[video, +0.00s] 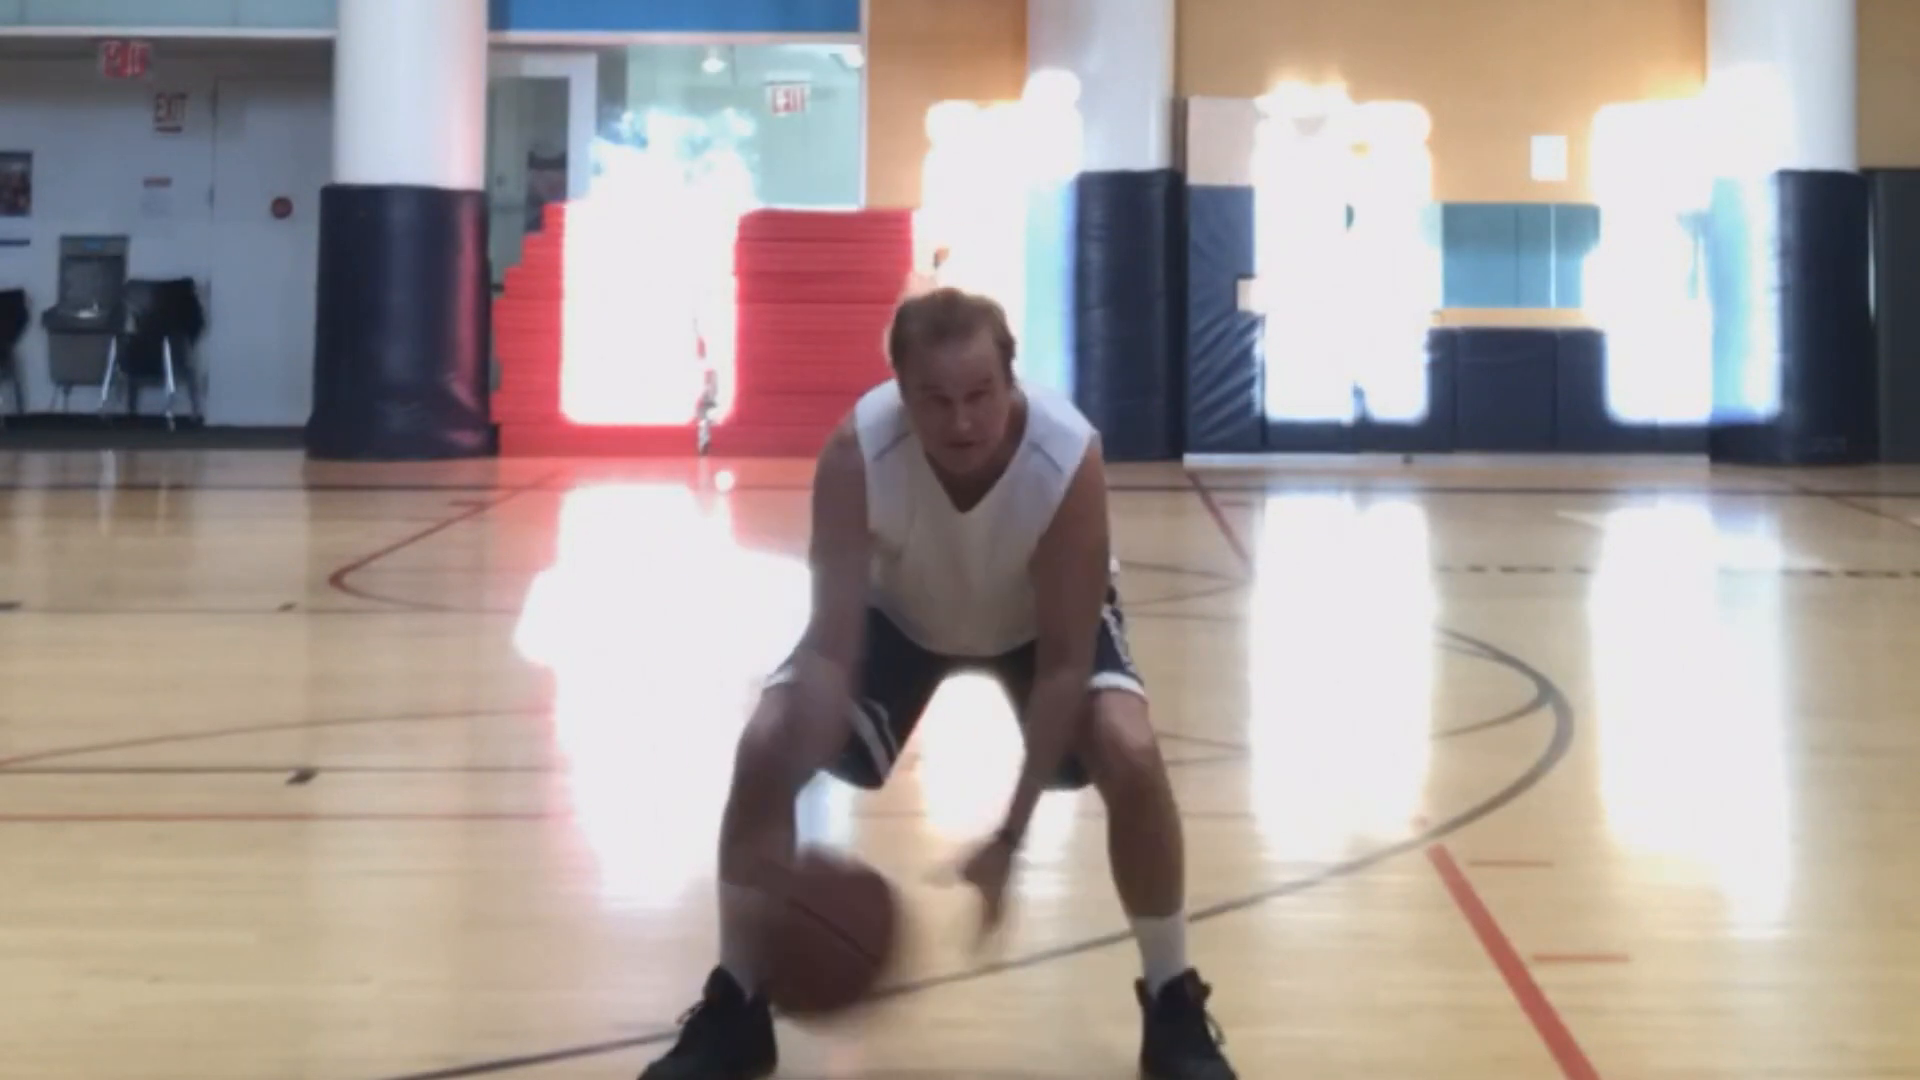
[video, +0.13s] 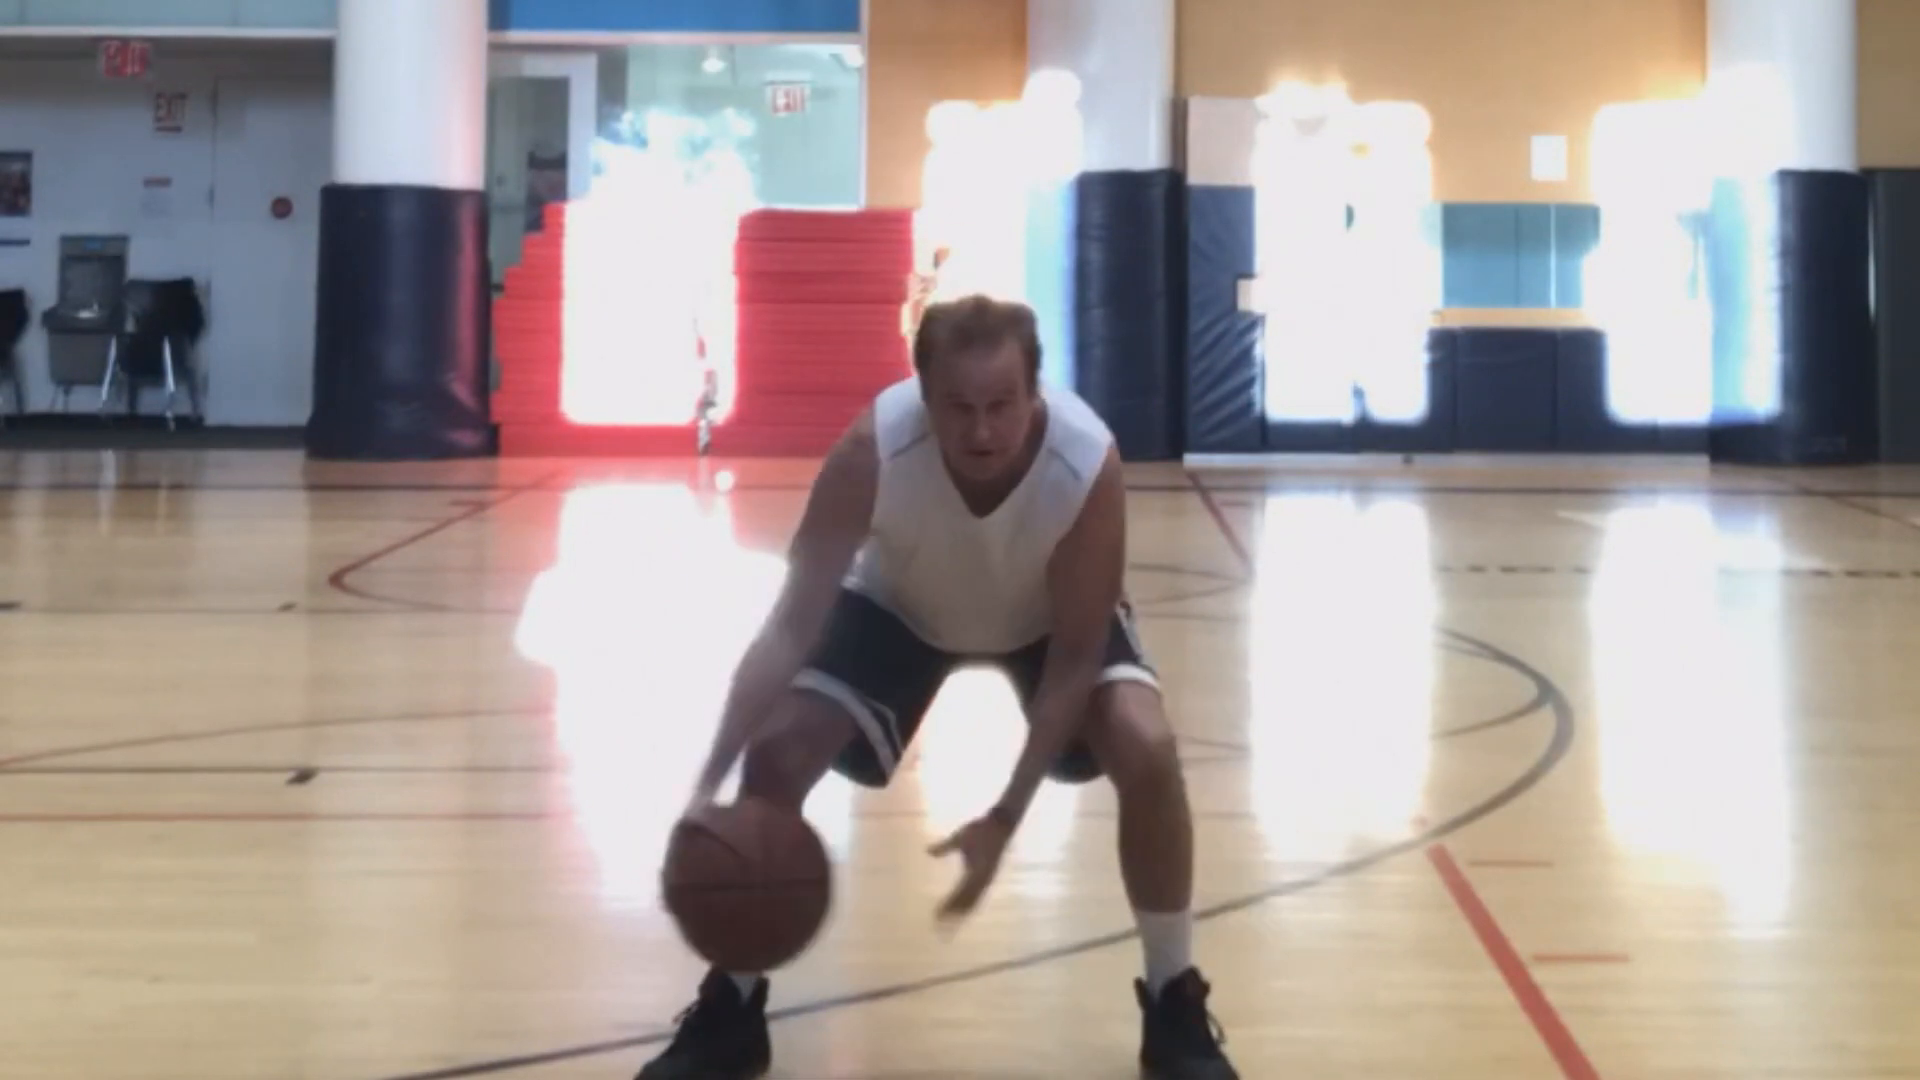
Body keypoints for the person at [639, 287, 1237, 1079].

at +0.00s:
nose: (961, 422)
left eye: (980, 395)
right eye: (936, 400)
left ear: (1011, 374)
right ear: (901, 386)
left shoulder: (1066, 454)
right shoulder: (857, 455)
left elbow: (1065, 661)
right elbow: (830, 646)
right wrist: (792, 835)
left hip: (1041, 623)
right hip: (899, 622)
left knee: (1133, 758)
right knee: (765, 750)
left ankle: (1174, 1007)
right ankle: (735, 1010)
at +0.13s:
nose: (981, 432)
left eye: (1000, 406)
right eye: (958, 409)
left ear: (1035, 391)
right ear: (925, 394)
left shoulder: (1086, 463)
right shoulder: (873, 451)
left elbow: (1077, 656)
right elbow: (791, 626)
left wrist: (1003, 818)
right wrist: (705, 790)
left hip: (1048, 615)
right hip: (899, 609)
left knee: (1146, 749)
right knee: (774, 756)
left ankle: (1175, 1007)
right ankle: (731, 1010)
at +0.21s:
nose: (1013, 470)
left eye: (1040, 451)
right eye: (997, 443)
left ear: (1074, 446)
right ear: (970, 423)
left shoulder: (1110, 527)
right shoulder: (900, 481)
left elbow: (1143, 728)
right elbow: (824, 676)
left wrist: (1167, 900)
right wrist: (876, 847)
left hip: (1057, 652)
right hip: (908, 646)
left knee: (1185, 743)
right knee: (760, 758)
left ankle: (1173, 986)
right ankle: (730, 1007)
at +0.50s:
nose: (1009, 476)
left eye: (1032, 454)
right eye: (988, 454)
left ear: (1062, 428)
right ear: (953, 425)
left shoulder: (1097, 466)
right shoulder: (891, 449)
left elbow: (1148, 648)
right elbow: (845, 639)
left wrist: (1078, 815)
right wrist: (894, 773)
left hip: (1045, 609)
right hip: (900, 608)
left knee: (1150, 743)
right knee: (765, 755)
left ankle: (1174, 1009)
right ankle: (729, 1008)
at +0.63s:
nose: (926, 487)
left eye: (943, 459)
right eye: (900, 467)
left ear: (978, 440)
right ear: (869, 460)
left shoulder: (1049, 504)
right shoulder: (841, 530)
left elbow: (1097, 688)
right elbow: (800, 731)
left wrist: (985, 827)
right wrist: (813, 914)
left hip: (1037, 670)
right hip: (896, 665)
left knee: (1129, 782)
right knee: (747, 759)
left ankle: (1168, 1015)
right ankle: (724, 1011)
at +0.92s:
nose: (938, 448)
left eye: (958, 424)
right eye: (916, 428)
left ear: (996, 392)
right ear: (886, 407)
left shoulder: (1056, 441)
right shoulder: (843, 438)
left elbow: (1086, 624)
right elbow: (815, 629)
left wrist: (1030, 786)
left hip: (1032, 598)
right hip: (890, 595)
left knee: (1126, 748)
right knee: (770, 743)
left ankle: (1175, 1002)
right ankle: (724, 1003)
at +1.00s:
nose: (958, 420)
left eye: (977, 394)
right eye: (934, 401)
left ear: (1007, 369)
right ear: (899, 385)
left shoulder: (1067, 437)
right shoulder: (851, 441)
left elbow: (1145, 605)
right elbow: (832, 644)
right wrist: (867, 815)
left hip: (1045, 594)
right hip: (900, 595)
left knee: (1127, 743)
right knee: (774, 742)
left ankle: (1179, 1011)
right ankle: (722, 1006)